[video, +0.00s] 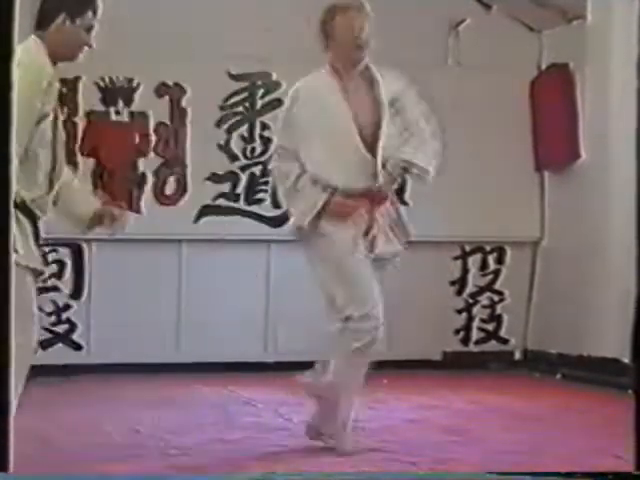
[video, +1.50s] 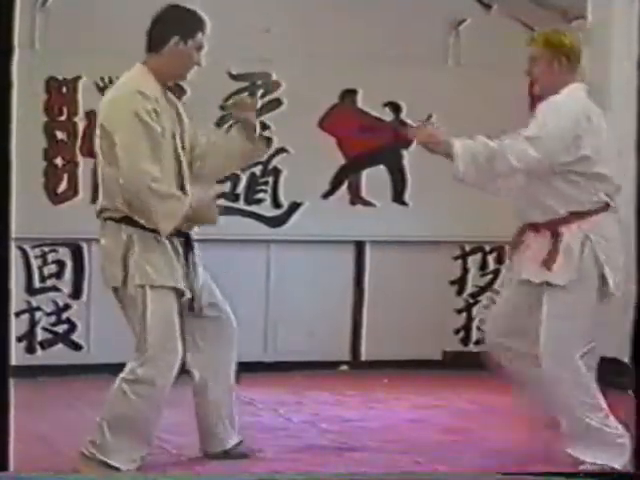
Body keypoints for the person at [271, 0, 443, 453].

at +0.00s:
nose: (362, 46)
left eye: (365, 38)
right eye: (352, 38)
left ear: (371, 37)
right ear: (328, 37)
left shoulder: (391, 86)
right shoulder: (305, 94)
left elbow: (423, 136)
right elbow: (284, 166)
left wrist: (398, 181)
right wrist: (327, 203)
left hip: (378, 219)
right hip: (329, 221)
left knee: (363, 323)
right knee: (365, 319)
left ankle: (330, 418)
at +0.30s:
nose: (411, 46)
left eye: (420, 38)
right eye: (407, 40)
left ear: (446, 45)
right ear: (403, 51)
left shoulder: (477, 92)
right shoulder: (396, 104)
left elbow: (511, 152)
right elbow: (384, 174)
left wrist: (461, 191)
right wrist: (383, 227)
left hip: (478, 235)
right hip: (427, 238)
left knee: (496, 330)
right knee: (433, 338)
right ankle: (452, 434)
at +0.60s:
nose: (482, 58)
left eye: (492, 49)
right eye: (483, 49)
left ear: (516, 55)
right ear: (494, 55)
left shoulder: (530, 100)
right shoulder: (492, 105)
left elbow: (539, 175)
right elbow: (491, 189)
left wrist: (492, 212)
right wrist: (470, 241)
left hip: (551, 234)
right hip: (521, 237)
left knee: (549, 342)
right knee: (513, 344)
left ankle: (565, 445)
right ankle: (554, 434)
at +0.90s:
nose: (547, 63)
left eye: (553, 54)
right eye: (548, 54)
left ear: (574, 55)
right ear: (589, 56)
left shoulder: (585, 94)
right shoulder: (586, 94)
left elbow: (514, 96)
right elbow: (528, 120)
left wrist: (464, 74)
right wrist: (482, 106)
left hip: (607, 230)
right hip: (602, 229)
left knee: (566, 331)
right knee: (573, 332)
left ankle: (572, 450)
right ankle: (573, 448)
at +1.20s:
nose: (569, 73)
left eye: (574, 64)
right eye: (568, 64)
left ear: (599, 63)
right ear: (602, 65)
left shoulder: (602, 109)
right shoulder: (615, 105)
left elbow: (563, 159)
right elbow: (570, 157)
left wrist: (507, 141)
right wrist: (522, 141)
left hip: (614, 234)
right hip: (619, 231)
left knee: (574, 329)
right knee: (604, 336)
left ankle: (603, 445)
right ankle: (610, 442)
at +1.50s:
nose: (529, 73)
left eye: (536, 63)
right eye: (530, 64)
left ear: (560, 66)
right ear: (556, 68)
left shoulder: (571, 107)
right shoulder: (556, 110)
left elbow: (521, 157)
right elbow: (511, 166)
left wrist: (450, 148)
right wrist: (448, 149)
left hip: (582, 241)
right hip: (544, 241)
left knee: (561, 355)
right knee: (504, 335)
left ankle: (607, 453)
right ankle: (573, 419)